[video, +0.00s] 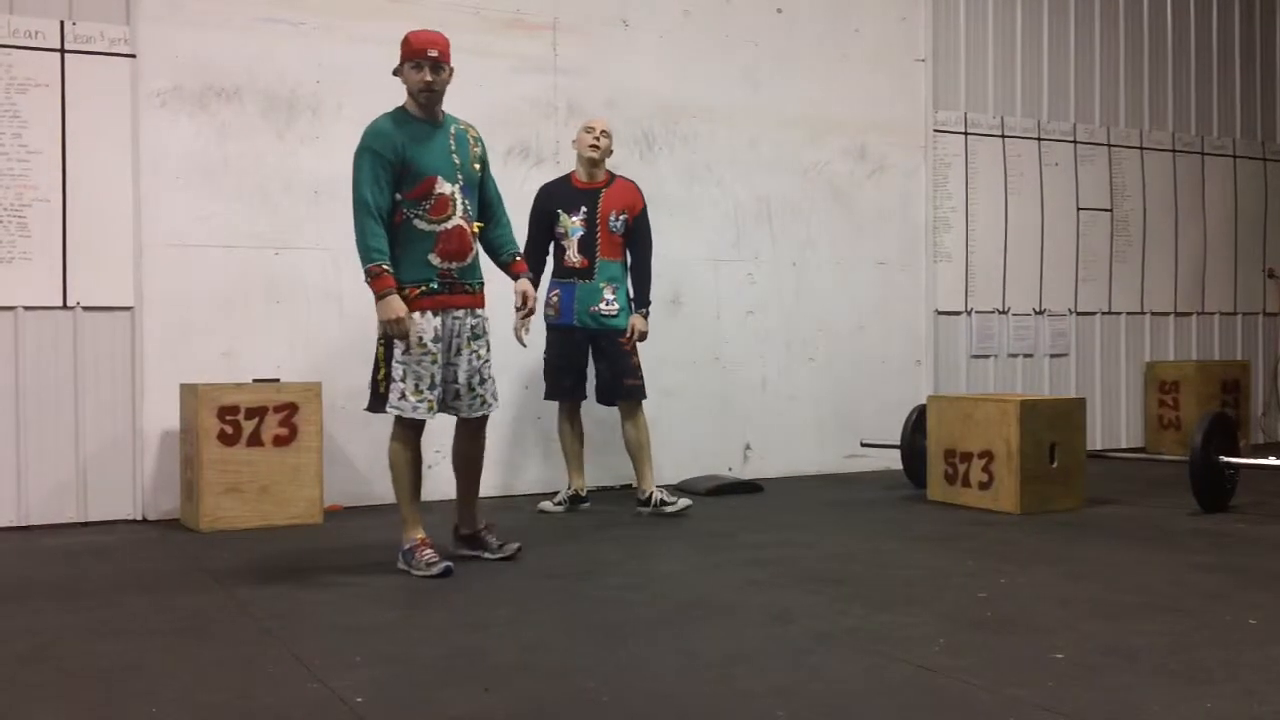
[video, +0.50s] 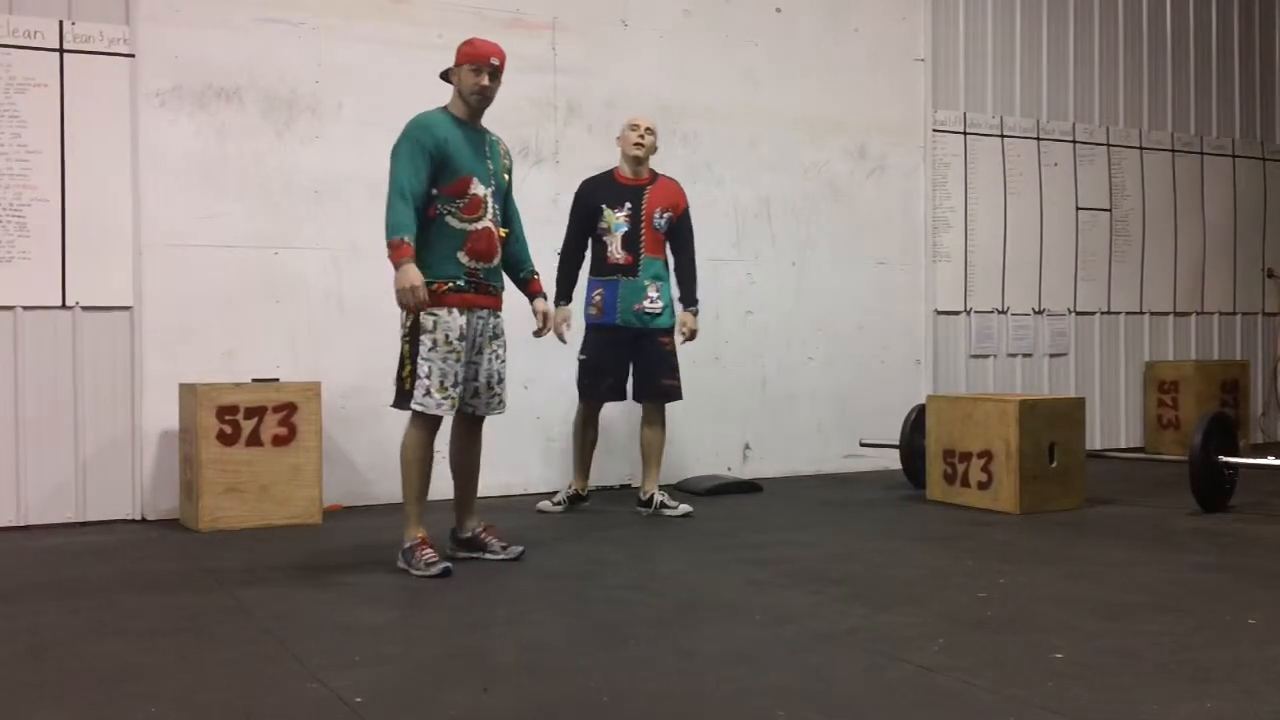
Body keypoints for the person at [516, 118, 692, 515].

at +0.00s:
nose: (597, 138)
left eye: (604, 135)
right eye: (590, 132)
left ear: (611, 150)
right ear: (575, 143)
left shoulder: (628, 193)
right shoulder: (551, 194)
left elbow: (641, 255)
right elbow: (534, 253)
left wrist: (641, 310)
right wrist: (525, 302)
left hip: (614, 315)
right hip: (565, 316)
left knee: (630, 403)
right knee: (568, 402)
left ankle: (647, 491)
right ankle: (576, 488)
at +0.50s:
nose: (642, 135)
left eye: (649, 132)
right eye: (635, 130)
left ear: (656, 147)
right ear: (619, 141)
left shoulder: (671, 192)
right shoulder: (592, 189)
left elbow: (684, 253)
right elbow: (572, 248)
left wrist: (689, 307)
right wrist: (562, 302)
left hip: (656, 319)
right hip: (605, 319)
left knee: (654, 405)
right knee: (589, 404)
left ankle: (650, 491)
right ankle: (578, 486)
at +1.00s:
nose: (666, 142)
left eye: (674, 137)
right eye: (660, 134)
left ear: (682, 146)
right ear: (646, 139)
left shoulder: (690, 196)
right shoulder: (615, 187)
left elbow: (702, 255)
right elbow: (592, 246)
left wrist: (714, 306)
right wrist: (585, 299)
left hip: (671, 315)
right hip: (626, 312)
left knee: (662, 403)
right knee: (619, 403)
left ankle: (650, 491)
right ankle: (605, 482)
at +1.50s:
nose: (657, 144)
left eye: (664, 139)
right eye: (650, 136)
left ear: (670, 146)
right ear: (634, 140)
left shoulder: (679, 195)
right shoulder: (606, 187)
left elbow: (687, 259)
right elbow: (582, 247)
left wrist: (695, 311)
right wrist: (580, 299)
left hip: (663, 319)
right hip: (615, 317)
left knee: (658, 406)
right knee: (600, 403)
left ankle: (650, 491)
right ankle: (573, 485)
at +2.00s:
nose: (605, 140)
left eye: (612, 134)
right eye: (597, 134)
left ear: (621, 142)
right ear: (585, 140)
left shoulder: (638, 189)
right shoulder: (561, 190)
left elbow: (652, 248)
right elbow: (542, 250)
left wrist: (661, 299)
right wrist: (534, 302)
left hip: (627, 318)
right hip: (577, 318)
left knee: (639, 404)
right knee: (574, 405)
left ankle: (649, 491)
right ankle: (575, 490)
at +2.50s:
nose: (580, 141)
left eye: (587, 134)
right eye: (573, 134)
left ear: (596, 142)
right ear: (559, 141)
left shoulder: (615, 187)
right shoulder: (537, 193)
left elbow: (631, 248)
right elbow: (523, 258)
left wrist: (639, 299)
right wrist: (517, 310)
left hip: (612, 315)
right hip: (561, 319)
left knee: (634, 400)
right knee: (566, 404)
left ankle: (652, 489)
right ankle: (574, 489)